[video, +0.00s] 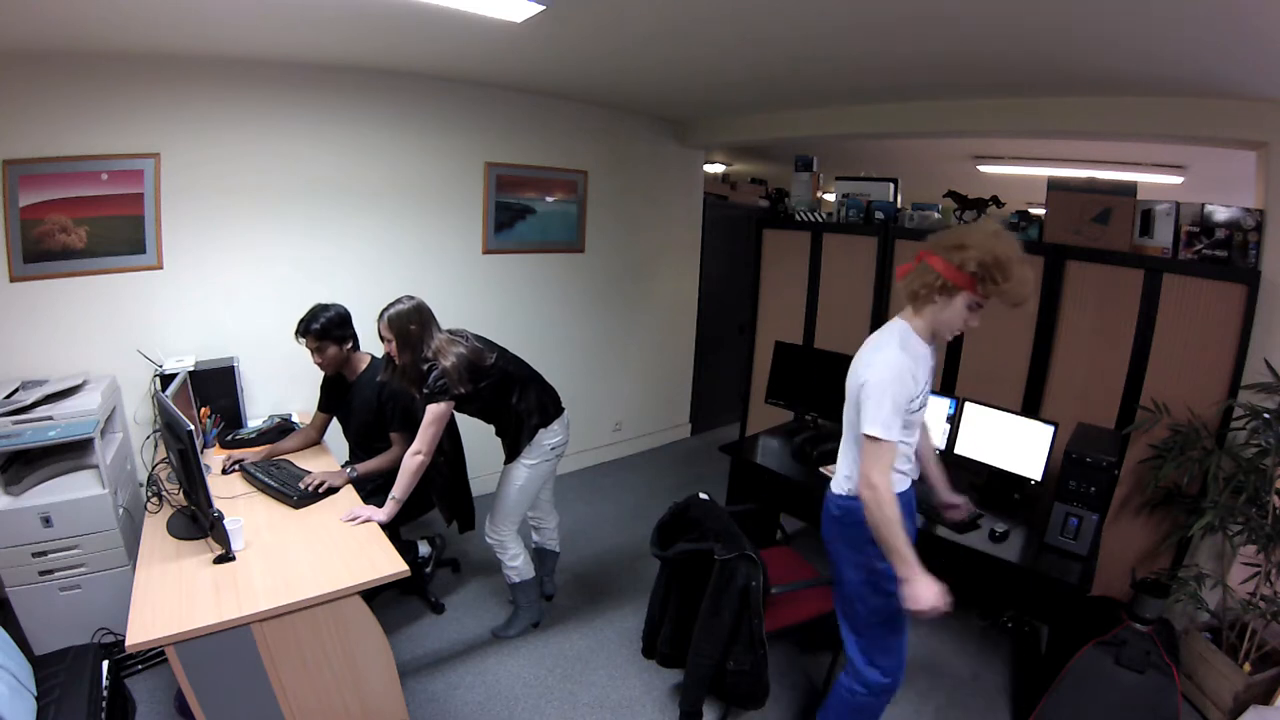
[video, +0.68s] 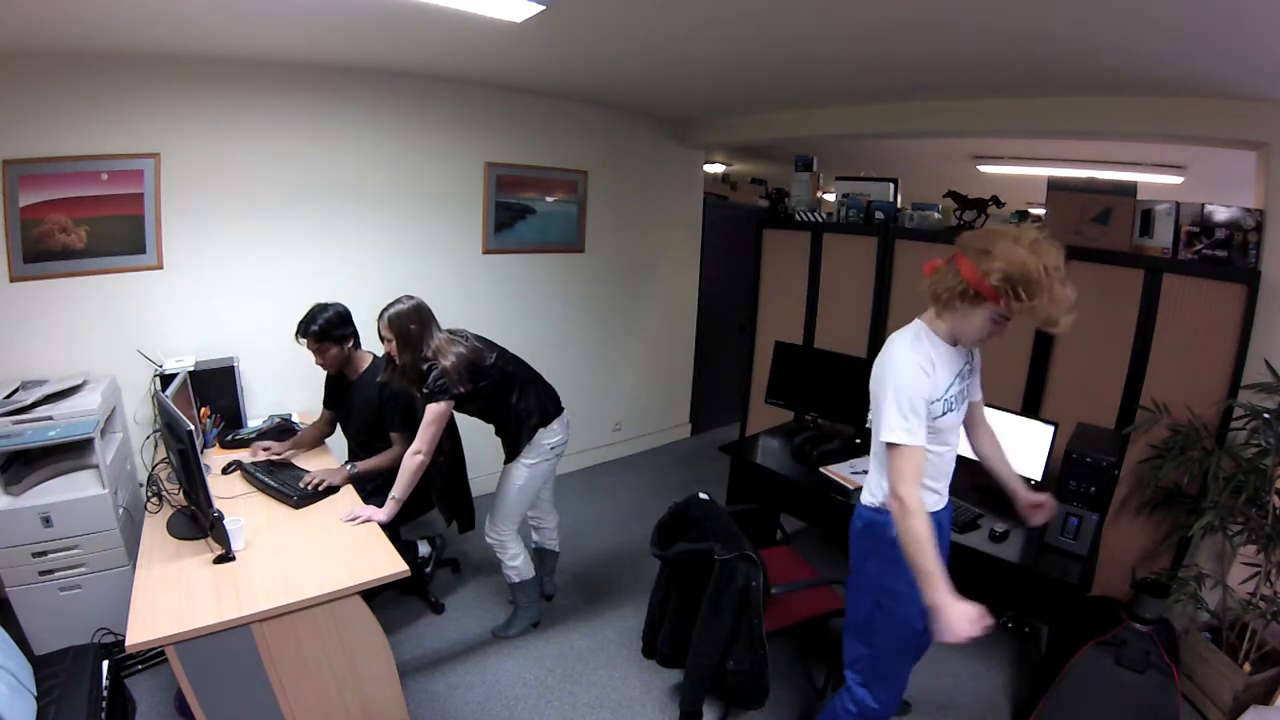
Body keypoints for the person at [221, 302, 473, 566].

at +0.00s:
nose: (315, 360)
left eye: (320, 351)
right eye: (310, 352)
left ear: (347, 344)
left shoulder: (389, 382)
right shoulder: (335, 378)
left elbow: (402, 450)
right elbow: (313, 432)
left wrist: (348, 473)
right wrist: (261, 454)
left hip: (404, 477)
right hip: (365, 474)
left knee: (340, 530)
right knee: (314, 512)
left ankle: (419, 552)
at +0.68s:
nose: (317, 361)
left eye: (322, 352)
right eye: (313, 353)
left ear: (348, 343)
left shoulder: (389, 381)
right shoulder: (337, 375)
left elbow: (404, 450)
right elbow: (325, 424)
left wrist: (347, 471)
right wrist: (287, 446)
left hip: (404, 477)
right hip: (364, 474)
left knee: (344, 529)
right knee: (317, 514)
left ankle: (419, 553)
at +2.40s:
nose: (318, 356)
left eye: (323, 346)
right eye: (314, 348)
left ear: (350, 339)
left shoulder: (388, 382)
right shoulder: (338, 375)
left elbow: (402, 451)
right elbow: (332, 428)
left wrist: (346, 474)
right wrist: (312, 459)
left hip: (407, 476)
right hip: (364, 473)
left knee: (342, 532)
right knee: (320, 514)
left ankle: (420, 552)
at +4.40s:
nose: (319, 357)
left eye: (325, 348)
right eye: (316, 349)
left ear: (351, 342)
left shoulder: (389, 379)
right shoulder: (338, 373)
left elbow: (402, 451)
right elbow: (320, 424)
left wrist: (345, 474)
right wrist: (273, 448)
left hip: (402, 479)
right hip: (364, 474)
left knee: (342, 532)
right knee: (315, 514)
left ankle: (419, 552)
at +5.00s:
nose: (318, 358)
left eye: (324, 349)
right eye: (314, 350)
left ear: (352, 343)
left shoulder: (390, 381)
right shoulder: (337, 375)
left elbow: (403, 451)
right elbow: (310, 424)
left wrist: (346, 474)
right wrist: (261, 454)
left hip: (403, 479)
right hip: (363, 476)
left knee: (342, 531)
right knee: (315, 513)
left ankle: (418, 553)